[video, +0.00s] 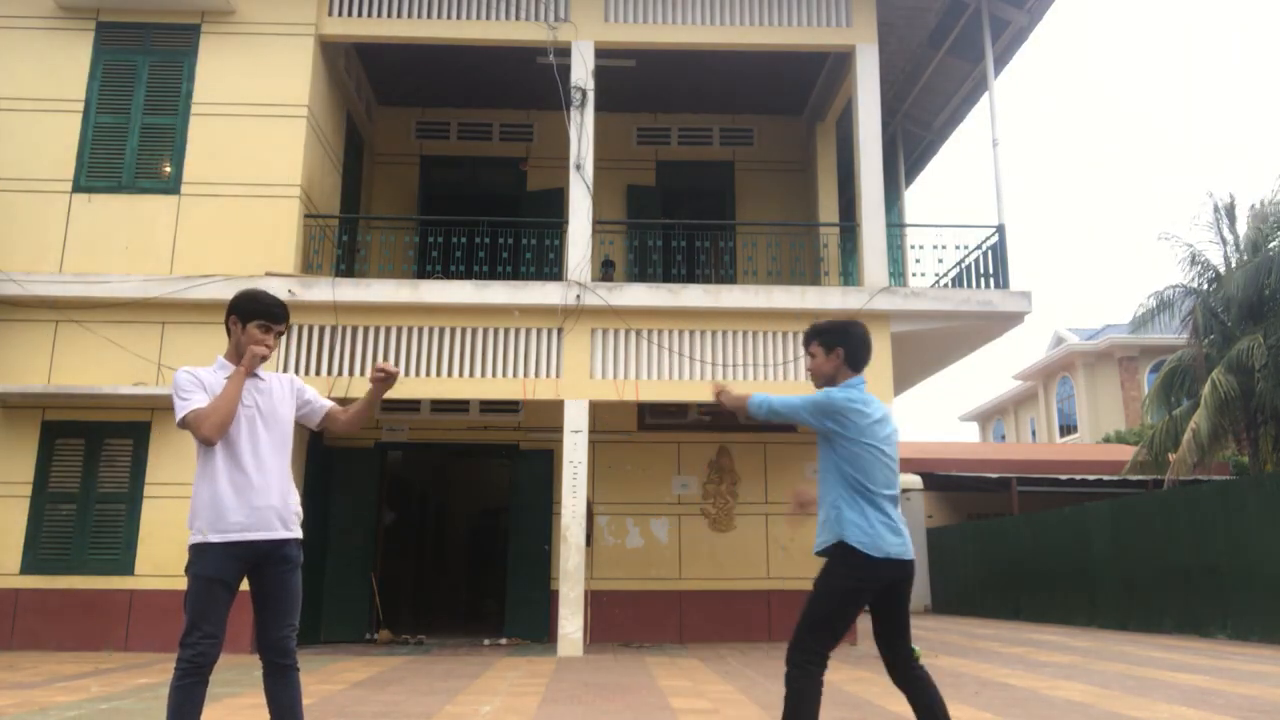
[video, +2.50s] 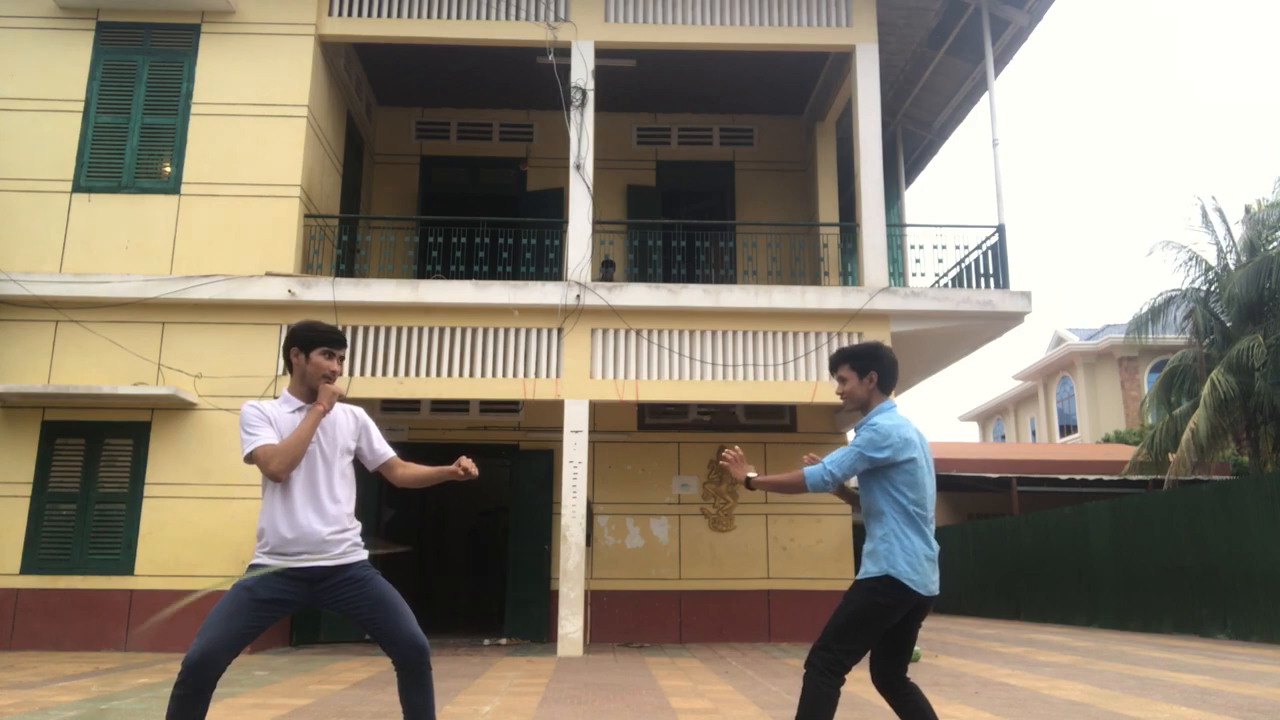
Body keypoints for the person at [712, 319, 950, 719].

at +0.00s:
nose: (807, 366)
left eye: (812, 356)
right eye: (806, 357)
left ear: (837, 356)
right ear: (844, 359)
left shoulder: (836, 404)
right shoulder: (881, 412)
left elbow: (767, 407)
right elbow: (874, 486)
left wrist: (732, 398)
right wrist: (819, 498)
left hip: (857, 555)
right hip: (896, 558)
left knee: (805, 658)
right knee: (902, 661)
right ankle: (940, 717)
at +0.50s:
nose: (839, 376)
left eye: (846, 367)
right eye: (839, 368)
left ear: (874, 367)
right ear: (870, 370)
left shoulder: (890, 421)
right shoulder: (873, 423)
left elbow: (852, 486)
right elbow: (817, 451)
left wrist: (806, 520)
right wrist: (775, 412)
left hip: (891, 562)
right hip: (894, 563)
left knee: (828, 663)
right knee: (890, 673)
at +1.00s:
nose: (828, 374)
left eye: (835, 365)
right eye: (828, 366)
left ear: (863, 366)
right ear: (858, 369)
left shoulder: (882, 416)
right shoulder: (871, 422)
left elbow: (817, 455)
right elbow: (840, 497)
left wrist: (772, 424)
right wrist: (796, 500)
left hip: (883, 564)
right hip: (899, 566)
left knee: (821, 664)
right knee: (889, 673)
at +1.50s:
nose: (826, 377)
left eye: (833, 368)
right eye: (825, 369)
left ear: (862, 369)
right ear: (852, 371)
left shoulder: (881, 423)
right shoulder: (866, 424)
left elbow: (845, 484)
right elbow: (823, 473)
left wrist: (783, 473)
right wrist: (772, 461)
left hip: (880, 567)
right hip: (888, 568)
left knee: (817, 663)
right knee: (886, 675)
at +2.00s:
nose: (836, 388)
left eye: (842, 378)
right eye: (835, 379)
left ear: (869, 378)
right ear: (870, 380)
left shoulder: (880, 428)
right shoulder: (900, 428)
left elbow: (821, 483)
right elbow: (873, 505)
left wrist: (757, 482)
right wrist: (830, 476)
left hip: (889, 572)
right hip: (915, 575)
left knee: (823, 666)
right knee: (890, 677)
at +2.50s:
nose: (838, 390)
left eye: (843, 380)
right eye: (837, 381)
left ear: (871, 380)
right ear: (871, 382)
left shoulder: (882, 429)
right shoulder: (904, 430)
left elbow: (817, 477)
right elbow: (878, 507)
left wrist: (750, 479)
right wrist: (834, 482)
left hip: (890, 574)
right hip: (918, 576)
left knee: (824, 667)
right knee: (889, 677)